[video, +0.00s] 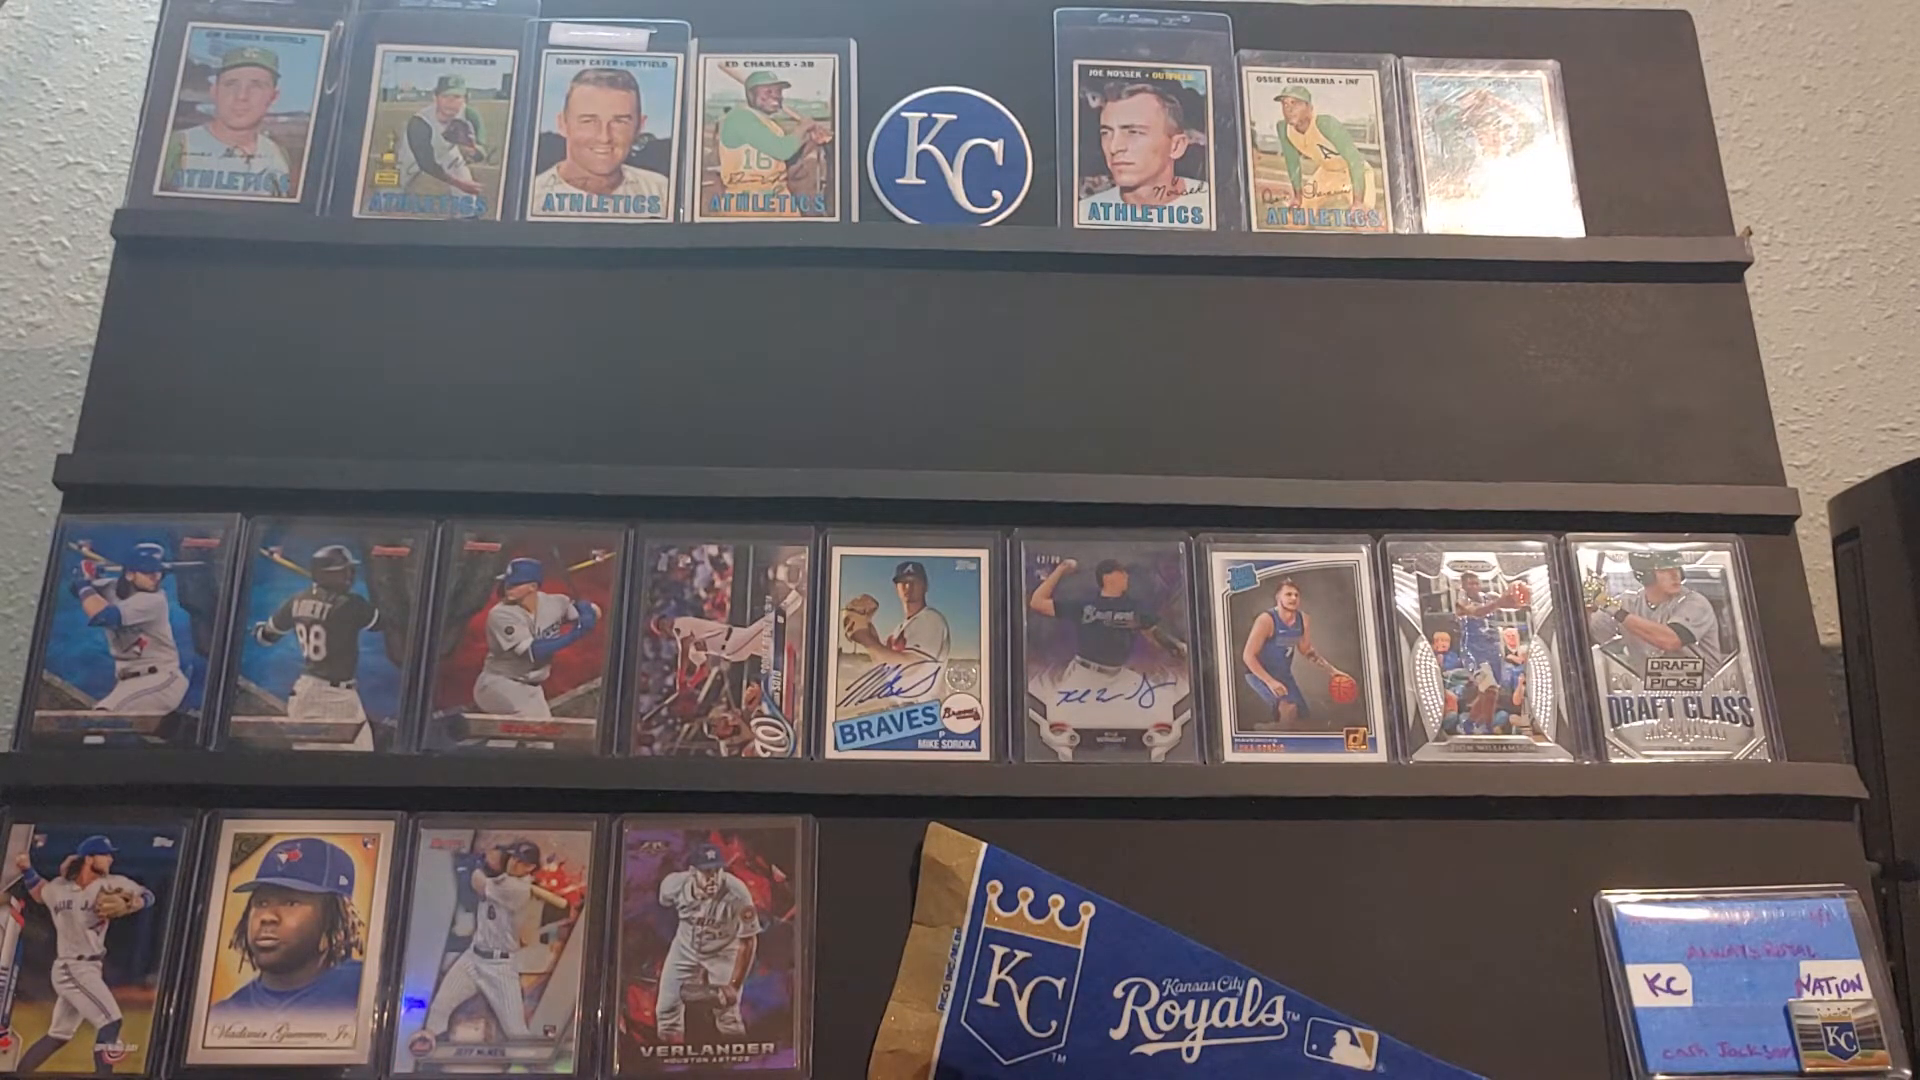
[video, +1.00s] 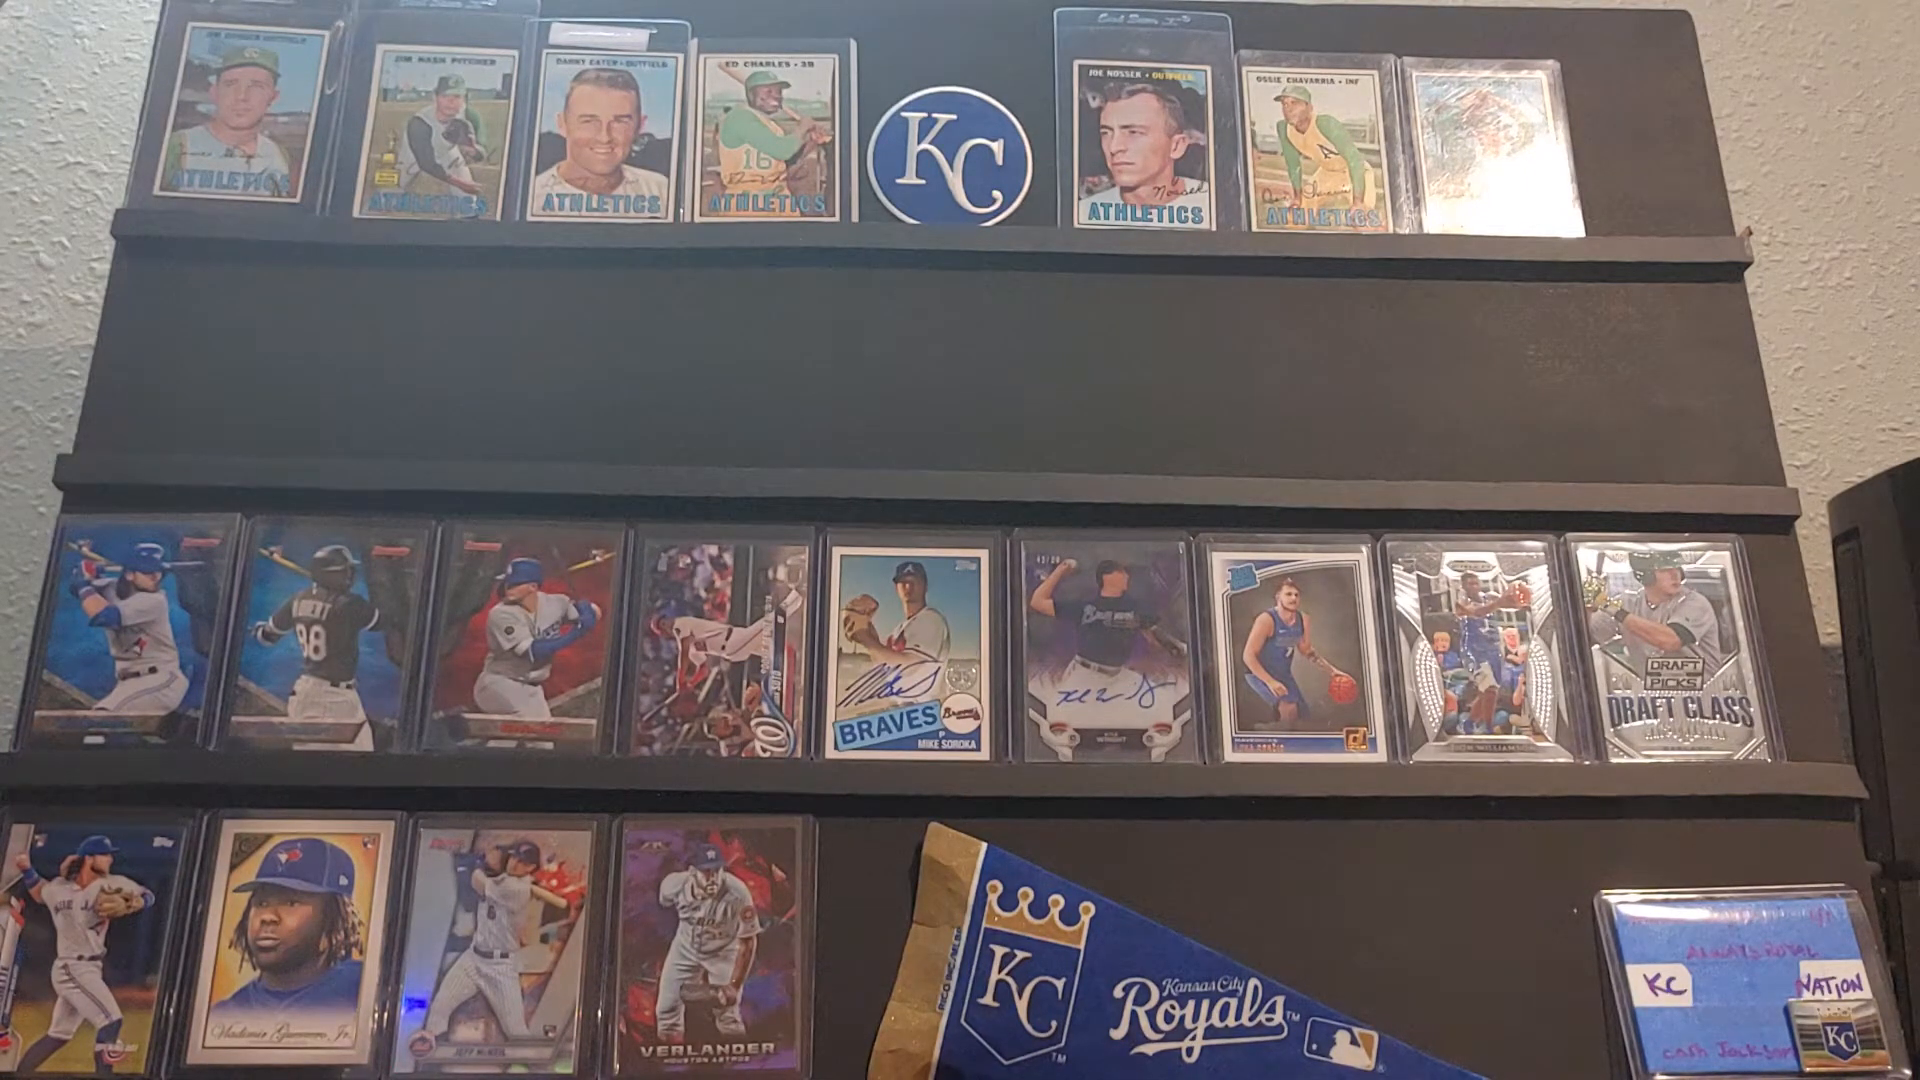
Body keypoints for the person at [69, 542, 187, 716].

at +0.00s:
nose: (156, 576)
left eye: (158, 571)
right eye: (148, 571)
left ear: (162, 572)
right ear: (130, 574)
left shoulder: (154, 600)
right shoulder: (113, 587)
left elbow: (104, 617)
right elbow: (79, 588)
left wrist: (82, 585)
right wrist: (88, 574)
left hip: (163, 679)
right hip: (129, 682)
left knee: (100, 717)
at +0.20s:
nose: (156, 576)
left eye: (158, 571)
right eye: (148, 571)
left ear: (162, 572)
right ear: (130, 574)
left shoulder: (154, 600)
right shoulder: (113, 587)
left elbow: (104, 617)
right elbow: (79, 588)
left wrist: (82, 585)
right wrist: (88, 573)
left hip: (163, 679)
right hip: (129, 682)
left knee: (100, 717)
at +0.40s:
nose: (156, 576)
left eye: (158, 571)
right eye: (148, 571)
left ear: (162, 572)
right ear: (130, 574)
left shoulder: (154, 600)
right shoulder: (113, 587)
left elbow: (104, 617)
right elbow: (79, 588)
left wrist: (83, 585)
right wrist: (88, 573)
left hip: (163, 679)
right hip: (129, 682)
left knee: (100, 717)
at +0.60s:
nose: (156, 577)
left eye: (158, 572)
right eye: (148, 572)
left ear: (162, 573)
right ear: (130, 574)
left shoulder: (155, 601)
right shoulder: (114, 588)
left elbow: (105, 617)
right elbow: (79, 588)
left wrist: (83, 585)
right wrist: (88, 573)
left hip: (163, 680)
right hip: (129, 682)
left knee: (100, 717)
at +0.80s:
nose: (156, 577)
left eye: (158, 572)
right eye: (148, 572)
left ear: (162, 573)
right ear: (130, 575)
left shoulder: (155, 600)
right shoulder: (113, 588)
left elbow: (105, 617)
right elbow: (78, 588)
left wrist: (83, 586)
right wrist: (88, 573)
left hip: (163, 680)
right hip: (130, 681)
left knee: (99, 717)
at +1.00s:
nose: (156, 577)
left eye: (158, 572)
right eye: (148, 572)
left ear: (162, 573)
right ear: (130, 575)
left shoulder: (155, 601)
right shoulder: (114, 588)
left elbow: (105, 617)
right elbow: (79, 588)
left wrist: (83, 586)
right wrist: (88, 573)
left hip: (163, 680)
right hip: (130, 681)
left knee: (99, 717)